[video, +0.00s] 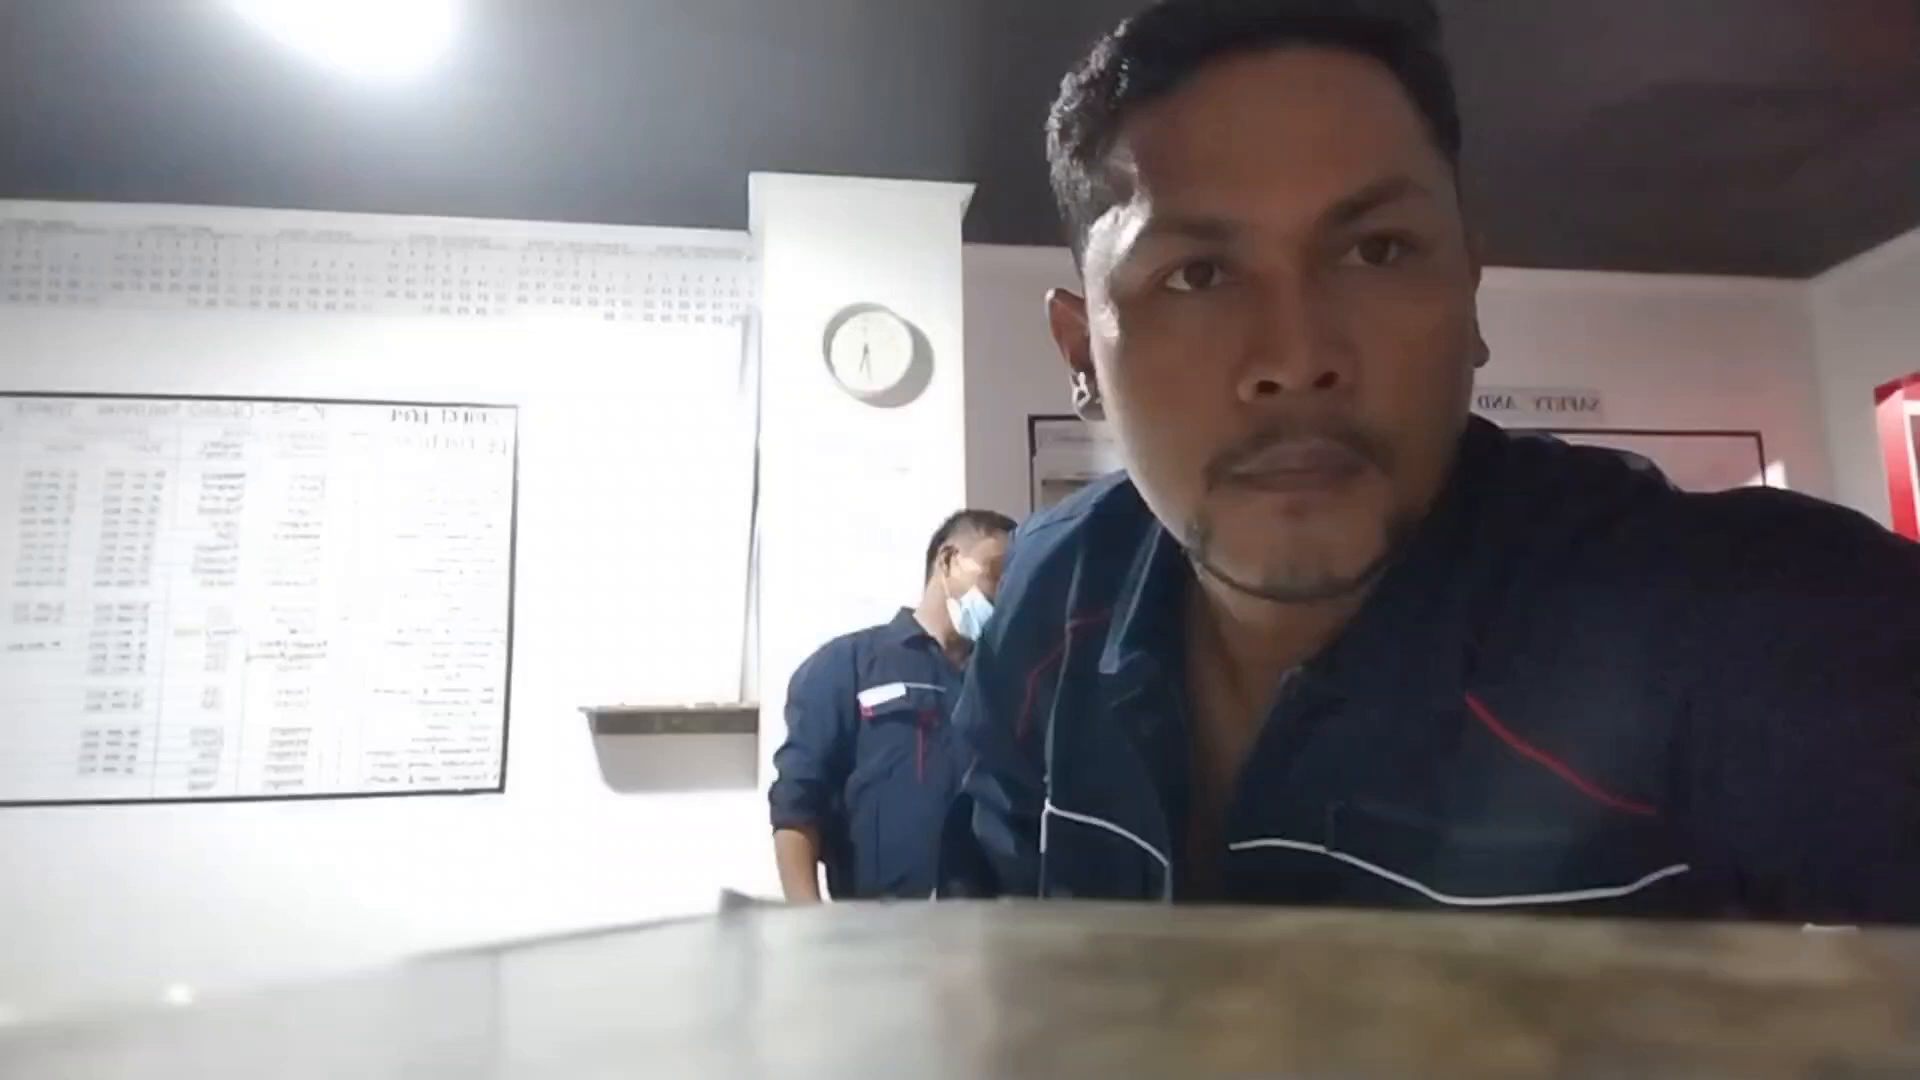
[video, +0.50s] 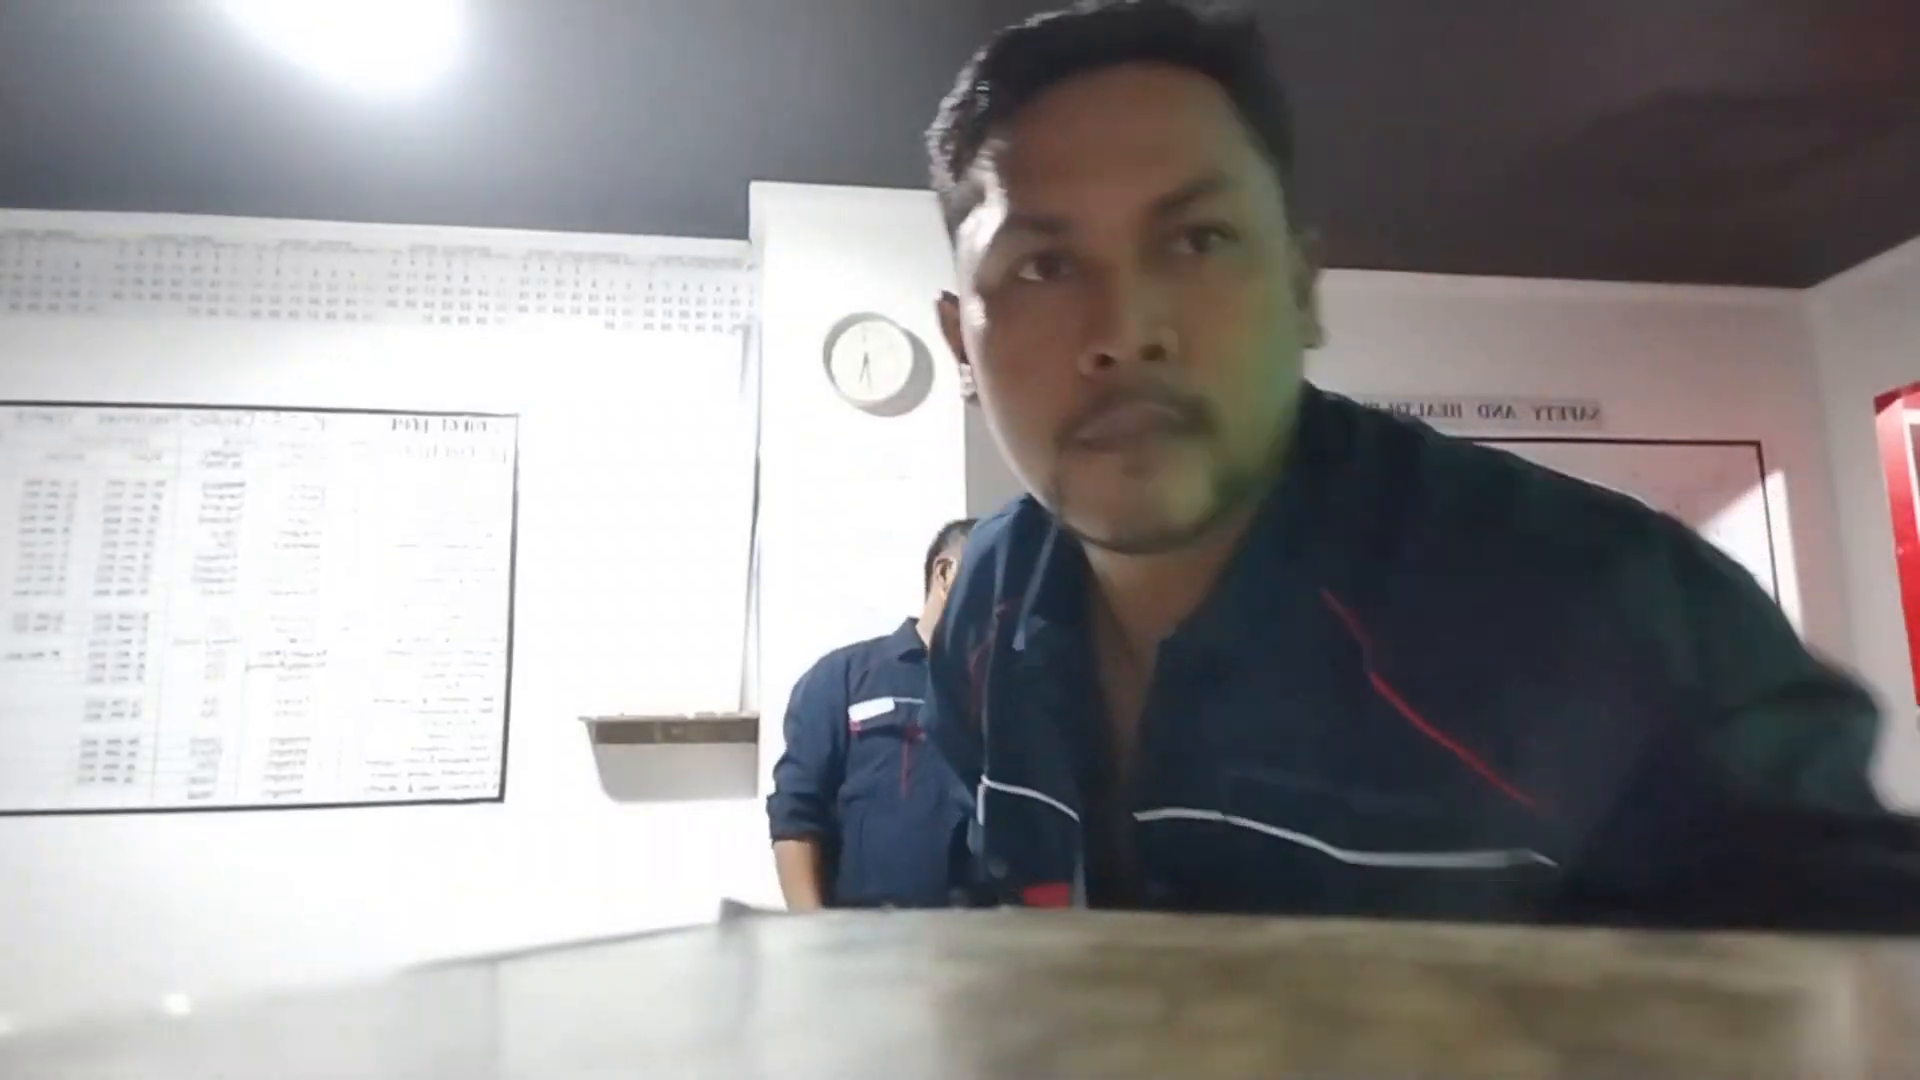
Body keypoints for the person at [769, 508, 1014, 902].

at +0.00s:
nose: (1002, 590)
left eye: (1009, 577)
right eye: (992, 571)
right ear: (945, 562)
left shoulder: (1013, 684)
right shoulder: (844, 667)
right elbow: (795, 805)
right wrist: (812, 931)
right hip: (876, 938)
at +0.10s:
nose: (1000, 599)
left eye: (1008, 587)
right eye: (991, 580)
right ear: (945, 571)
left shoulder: (1012, 695)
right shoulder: (844, 678)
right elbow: (797, 815)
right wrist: (814, 942)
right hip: (877, 945)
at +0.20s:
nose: (996, 594)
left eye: (1003, 582)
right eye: (986, 576)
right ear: (940, 568)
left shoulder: (1010, 690)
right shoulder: (842, 678)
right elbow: (798, 816)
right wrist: (821, 941)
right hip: (878, 941)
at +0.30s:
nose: (991, 593)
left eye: (997, 582)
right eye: (981, 577)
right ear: (935, 573)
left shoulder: (1008, 692)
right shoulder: (841, 682)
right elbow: (801, 822)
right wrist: (827, 943)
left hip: (990, 940)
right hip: (877, 942)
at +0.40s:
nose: (991, 585)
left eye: (996, 571)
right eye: (980, 569)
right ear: (937, 573)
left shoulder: (1011, 690)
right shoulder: (841, 680)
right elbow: (798, 818)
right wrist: (825, 939)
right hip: (875, 940)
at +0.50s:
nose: (986, 587)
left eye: (992, 573)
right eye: (975, 569)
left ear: (1006, 582)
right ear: (943, 572)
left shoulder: (1012, 690)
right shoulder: (841, 678)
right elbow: (794, 814)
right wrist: (815, 938)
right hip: (864, 942)